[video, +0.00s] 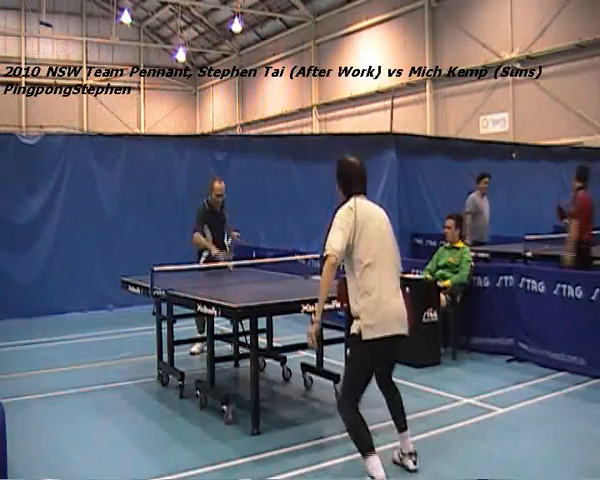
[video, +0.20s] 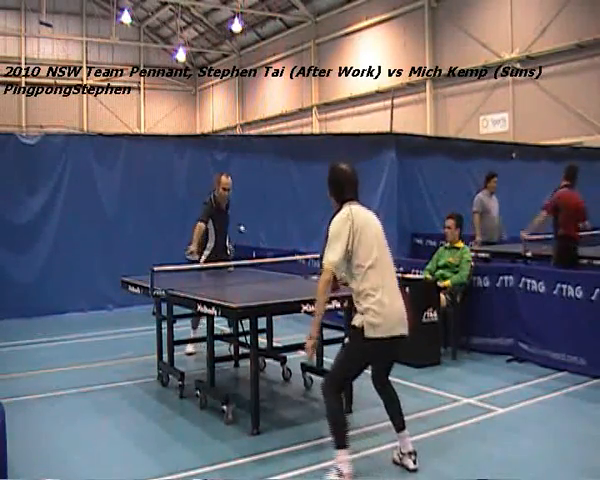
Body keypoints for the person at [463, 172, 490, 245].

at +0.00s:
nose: (486, 186)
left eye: (487, 183)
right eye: (485, 183)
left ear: (488, 185)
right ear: (478, 184)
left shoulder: (485, 199)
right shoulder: (472, 198)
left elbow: (484, 217)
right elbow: (468, 217)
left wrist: (485, 235)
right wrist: (467, 237)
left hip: (483, 237)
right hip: (473, 238)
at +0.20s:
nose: (495, 185)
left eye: (496, 182)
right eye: (494, 182)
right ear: (488, 183)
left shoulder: (495, 198)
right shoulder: (479, 198)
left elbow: (496, 216)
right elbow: (476, 215)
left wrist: (499, 233)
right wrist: (478, 235)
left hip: (494, 236)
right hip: (484, 236)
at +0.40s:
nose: (504, 185)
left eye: (504, 182)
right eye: (502, 182)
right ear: (496, 183)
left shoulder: (502, 198)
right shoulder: (487, 198)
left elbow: (508, 210)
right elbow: (482, 217)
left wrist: (519, 216)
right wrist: (481, 235)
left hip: (501, 236)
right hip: (489, 237)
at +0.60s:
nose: (512, 186)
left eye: (512, 184)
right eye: (510, 183)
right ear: (504, 185)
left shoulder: (510, 198)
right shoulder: (495, 200)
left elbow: (514, 212)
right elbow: (489, 219)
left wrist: (524, 217)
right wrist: (485, 238)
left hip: (509, 237)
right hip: (497, 238)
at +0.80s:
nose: (520, 186)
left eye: (521, 183)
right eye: (519, 183)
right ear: (512, 183)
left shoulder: (519, 198)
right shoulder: (503, 197)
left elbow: (521, 216)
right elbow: (497, 217)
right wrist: (493, 237)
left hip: (517, 235)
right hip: (504, 237)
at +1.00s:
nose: (530, 187)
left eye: (532, 184)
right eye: (528, 184)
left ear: (533, 185)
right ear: (523, 185)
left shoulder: (530, 198)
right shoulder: (514, 197)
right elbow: (504, 215)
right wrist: (499, 233)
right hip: (513, 236)